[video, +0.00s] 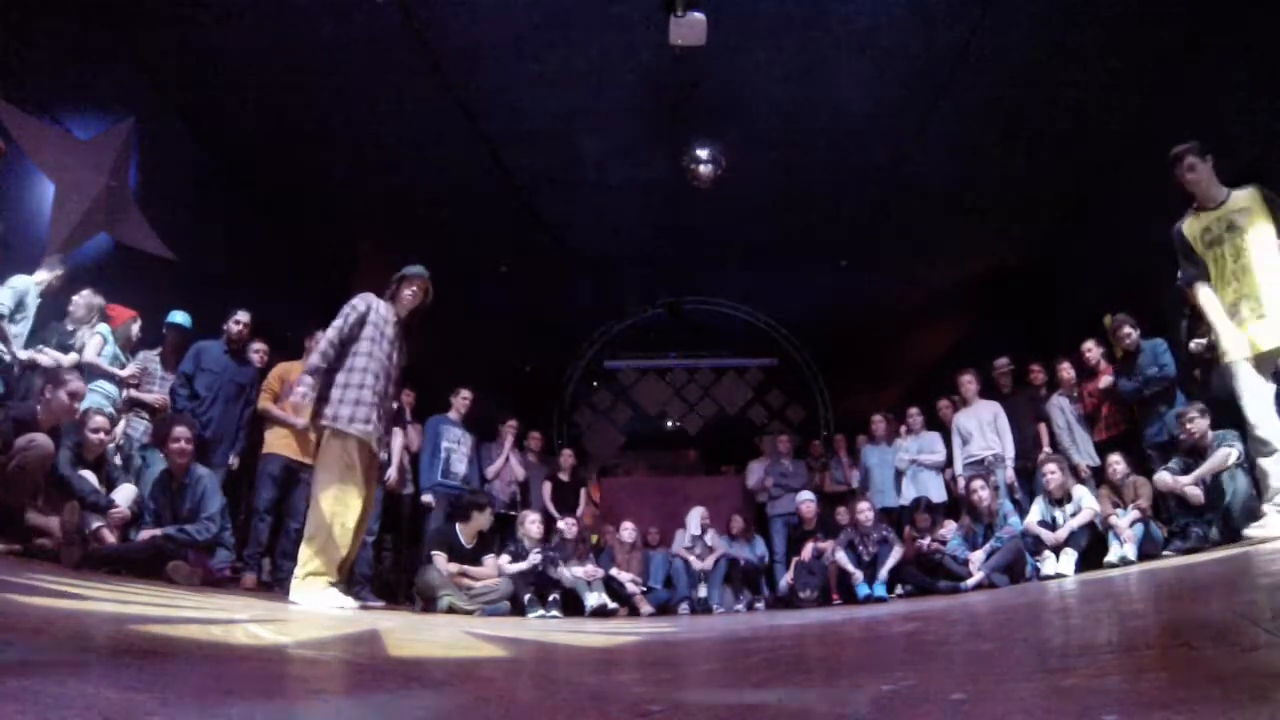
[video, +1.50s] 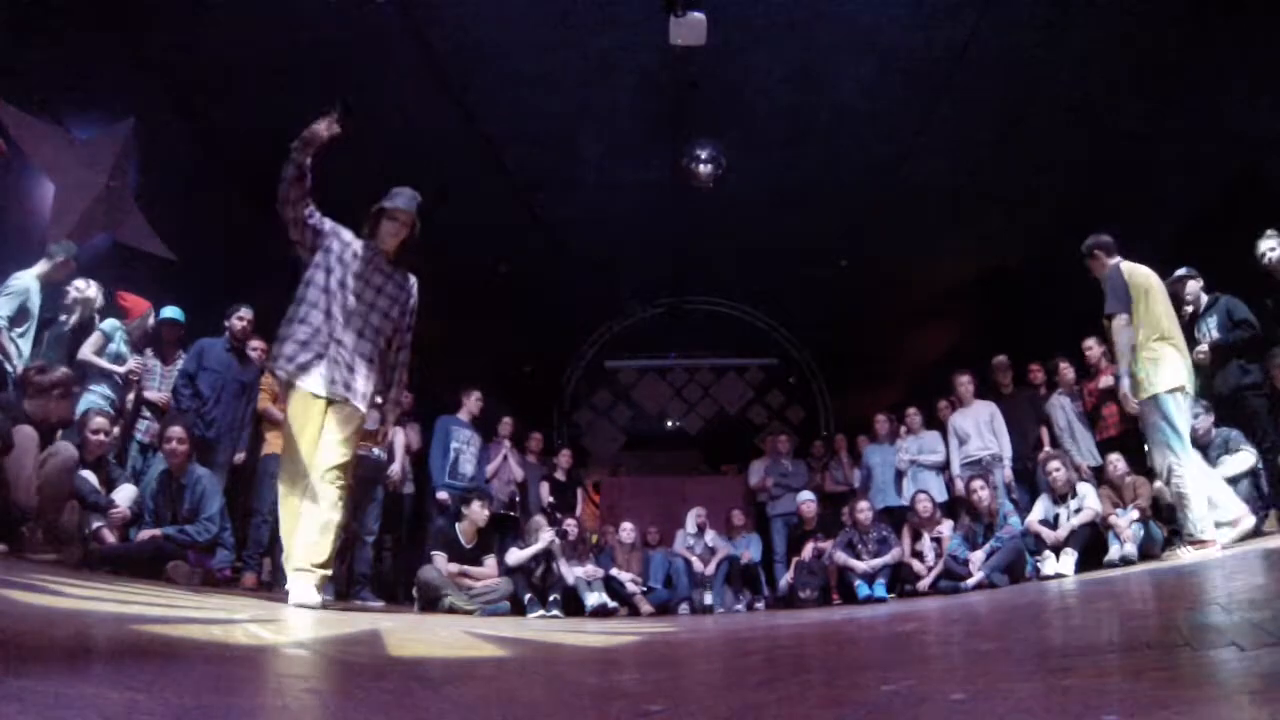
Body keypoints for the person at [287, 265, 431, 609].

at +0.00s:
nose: (414, 294)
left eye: (420, 292)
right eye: (411, 286)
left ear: (422, 300)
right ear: (396, 285)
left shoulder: (399, 343)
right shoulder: (368, 304)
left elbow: (391, 395)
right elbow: (332, 338)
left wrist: (392, 450)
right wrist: (308, 382)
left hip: (371, 429)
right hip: (346, 417)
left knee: (357, 508)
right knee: (338, 501)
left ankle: (326, 582)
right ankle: (311, 581)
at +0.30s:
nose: (414, 291)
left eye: (421, 289)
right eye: (410, 283)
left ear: (422, 299)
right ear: (396, 284)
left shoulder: (401, 342)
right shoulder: (366, 304)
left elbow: (390, 393)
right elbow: (333, 350)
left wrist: (391, 451)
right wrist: (312, 405)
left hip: (375, 428)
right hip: (345, 415)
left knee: (360, 509)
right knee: (336, 498)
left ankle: (333, 583)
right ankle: (304, 580)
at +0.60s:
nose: (406, 277)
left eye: (412, 275)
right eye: (402, 269)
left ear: (414, 285)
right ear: (386, 269)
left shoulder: (399, 333)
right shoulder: (353, 293)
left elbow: (400, 391)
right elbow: (315, 335)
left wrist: (410, 433)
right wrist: (307, 375)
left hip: (374, 421)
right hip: (338, 404)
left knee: (357, 506)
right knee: (328, 495)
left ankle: (334, 584)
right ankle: (306, 580)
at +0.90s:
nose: (394, 263)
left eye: (399, 260)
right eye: (390, 255)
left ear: (400, 267)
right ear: (371, 253)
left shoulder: (398, 315)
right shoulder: (335, 283)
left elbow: (403, 381)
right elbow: (297, 287)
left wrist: (399, 438)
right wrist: (297, 243)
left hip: (371, 412)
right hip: (324, 398)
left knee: (362, 490)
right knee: (314, 489)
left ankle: (340, 576)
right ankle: (303, 579)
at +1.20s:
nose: (388, 253)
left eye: (394, 248)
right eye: (382, 244)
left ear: (399, 255)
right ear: (367, 244)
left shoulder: (399, 305)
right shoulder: (331, 271)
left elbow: (397, 373)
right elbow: (287, 253)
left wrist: (384, 421)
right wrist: (299, 201)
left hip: (363, 396)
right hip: (314, 384)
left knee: (345, 486)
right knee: (310, 483)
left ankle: (333, 580)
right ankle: (304, 581)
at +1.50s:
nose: (395, 230)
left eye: (404, 225)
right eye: (391, 220)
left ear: (410, 233)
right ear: (376, 219)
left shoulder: (406, 288)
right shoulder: (336, 240)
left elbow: (399, 354)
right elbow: (296, 208)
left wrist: (388, 412)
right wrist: (305, 149)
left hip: (356, 384)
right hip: (308, 369)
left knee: (329, 474)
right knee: (298, 472)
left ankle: (311, 578)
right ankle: (298, 575)